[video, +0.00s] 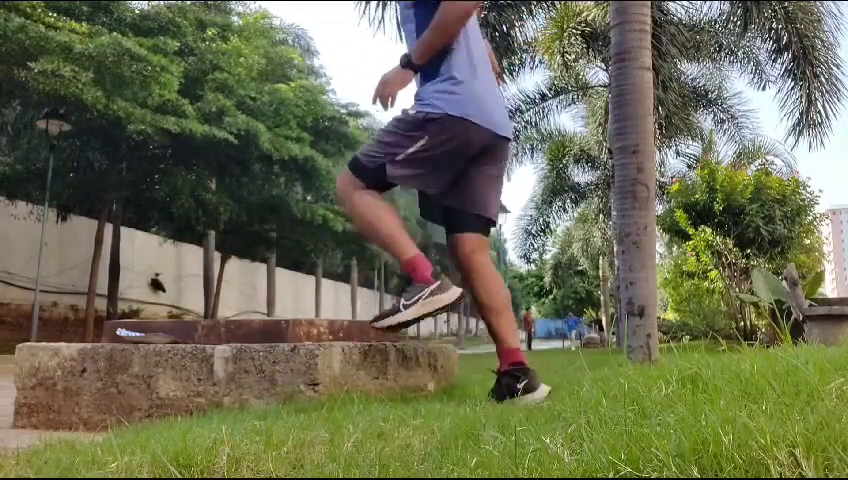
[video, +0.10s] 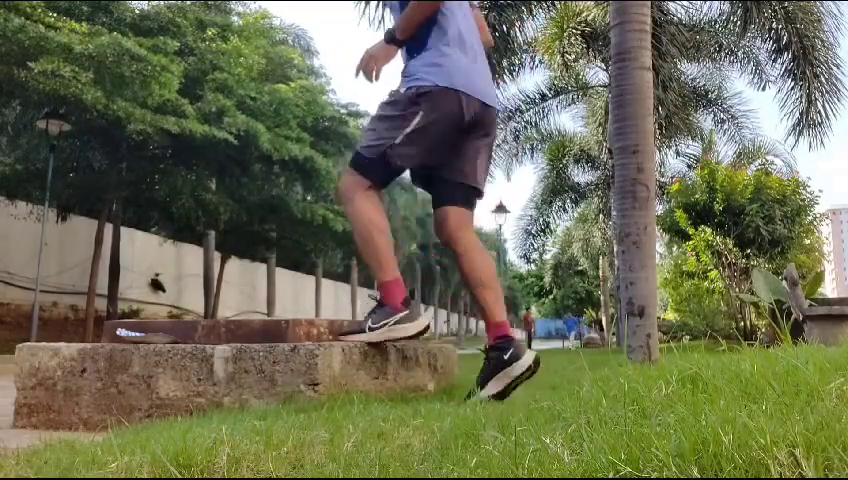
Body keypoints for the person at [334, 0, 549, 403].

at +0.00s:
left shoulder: (420, 5)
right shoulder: (457, 17)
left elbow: (466, 3)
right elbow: (491, 67)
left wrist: (407, 65)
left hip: (450, 107)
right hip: (495, 123)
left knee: (353, 186)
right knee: (471, 247)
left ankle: (423, 277)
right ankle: (514, 369)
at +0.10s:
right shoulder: (464, 4)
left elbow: (430, 1)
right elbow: (484, 36)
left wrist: (390, 41)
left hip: (436, 80)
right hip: (485, 95)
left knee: (356, 184)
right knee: (456, 224)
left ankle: (394, 300)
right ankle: (503, 342)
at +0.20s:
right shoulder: (463, 2)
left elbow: (408, 3)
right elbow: (481, 27)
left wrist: (377, 34)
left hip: (427, 73)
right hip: (473, 84)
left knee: (371, 186)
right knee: (419, 204)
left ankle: (398, 310)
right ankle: (479, 309)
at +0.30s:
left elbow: (375, 12)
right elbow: (485, 5)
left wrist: (366, 16)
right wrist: (450, 34)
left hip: (430, 52)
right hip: (477, 61)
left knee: (395, 177)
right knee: (419, 182)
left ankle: (401, 308)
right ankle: (442, 303)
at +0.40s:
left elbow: (375, 9)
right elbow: (491, 4)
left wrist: (365, 12)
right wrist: (461, 36)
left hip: (431, 53)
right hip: (474, 67)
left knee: (395, 177)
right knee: (422, 188)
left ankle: (437, 303)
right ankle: (426, 304)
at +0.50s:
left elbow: (376, 6)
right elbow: (501, 3)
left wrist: (367, 12)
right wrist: (461, 40)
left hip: (438, 57)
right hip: (476, 64)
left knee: (410, 186)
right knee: (412, 187)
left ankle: (469, 311)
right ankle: (423, 310)